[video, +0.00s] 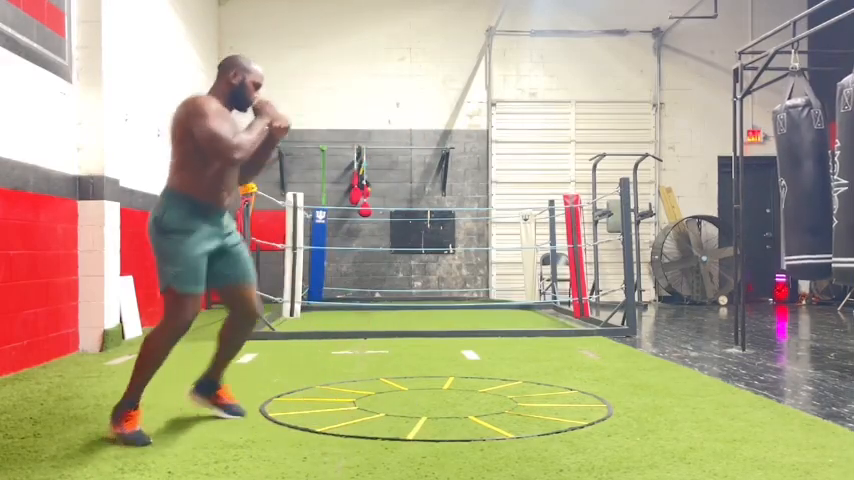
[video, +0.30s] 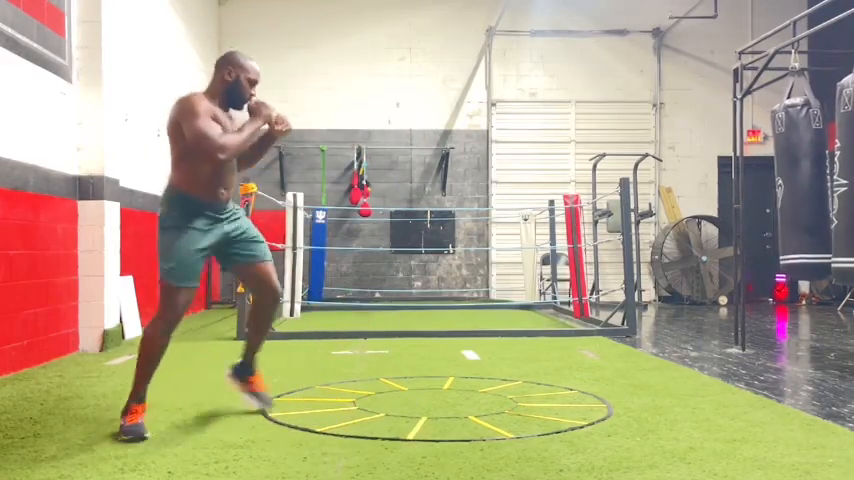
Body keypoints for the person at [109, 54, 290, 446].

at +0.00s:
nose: (258, 95)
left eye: (260, 89)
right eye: (255, 86)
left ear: (234, 79)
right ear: (232, 77)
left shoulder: (232, 122)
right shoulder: (199, 107)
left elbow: (242, 176)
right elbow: (236, 148)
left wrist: (272, 141)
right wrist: (266, 120)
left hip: (222, 224)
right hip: (182, 220)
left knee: (248, 311)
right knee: (181, 316)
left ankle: (209, 385)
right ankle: (126, 410)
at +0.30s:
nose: (254, 91)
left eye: (256, 85)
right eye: (250, 83)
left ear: (232, 75)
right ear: (227, 73)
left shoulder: (234, 117)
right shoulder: (192, 105)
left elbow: (242, 162)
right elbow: (222, 147)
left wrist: (270, 139)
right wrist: (258, 121)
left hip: (229, 215)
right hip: (186, 217)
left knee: (269, 291)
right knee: (172, 310)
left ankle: (246, 368)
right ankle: (135, 405)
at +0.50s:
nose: (274, 115)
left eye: (276, 109)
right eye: (271, 108)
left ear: (253, 102)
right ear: (248, 100)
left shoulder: (258, 145)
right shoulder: (213, 136)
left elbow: (272, 190)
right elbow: (236, 175)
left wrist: (296, 163)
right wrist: (275, 147)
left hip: (249, 241)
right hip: (206, 240)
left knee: (284, 312)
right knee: (187, 319)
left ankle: (296, 384)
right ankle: (141, 405)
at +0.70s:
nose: (298, 101)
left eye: (300, 95)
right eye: (294, 93)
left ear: (282, 91)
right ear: (271, 88)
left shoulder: (294, 131)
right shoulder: (238, 124)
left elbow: (324, 168)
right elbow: (253, 163)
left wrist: (333, 132)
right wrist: (292, 127)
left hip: (284, 224)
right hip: (243, 221)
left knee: (302, 302)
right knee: (218, 300)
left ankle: (300, 384)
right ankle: (173, 385)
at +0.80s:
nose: (304, 92)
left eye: (306, 86)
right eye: (300, 85)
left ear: (296, 86)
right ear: (277, 80)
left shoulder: (303, 122)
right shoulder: (243, 112)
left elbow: (330, 161)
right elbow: (258, 146)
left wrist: (338, 125)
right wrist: (296, 115)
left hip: (295, 212)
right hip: (251, 211)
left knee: (319, 292)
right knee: (234, 292)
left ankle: (315, 370)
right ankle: (204, 368)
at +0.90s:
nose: (309, 101)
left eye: (312, 95)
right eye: (305, 93)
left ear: (309, 96)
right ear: (283, 89)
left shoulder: (308, 133)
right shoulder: (250, 122)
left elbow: (330, 171)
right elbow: (263, 158)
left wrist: (344, 141)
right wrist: (301, 125)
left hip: (305, 221)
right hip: (260, 221)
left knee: (339, 291)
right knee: (242, 302)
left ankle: (359, 367)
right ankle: (216, 376)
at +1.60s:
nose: (284, 122)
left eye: (288, 117)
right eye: (279, 115)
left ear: (290, 118)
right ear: (261, 110)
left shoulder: (295, 147)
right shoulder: (231, 140)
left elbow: (321, 188)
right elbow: (226, 180)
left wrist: (325, 156)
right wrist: (267, 150)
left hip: (277, 236)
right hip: (233, 236)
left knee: (299, 302)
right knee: (203, 311)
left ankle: (313, 383)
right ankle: (164, 373)